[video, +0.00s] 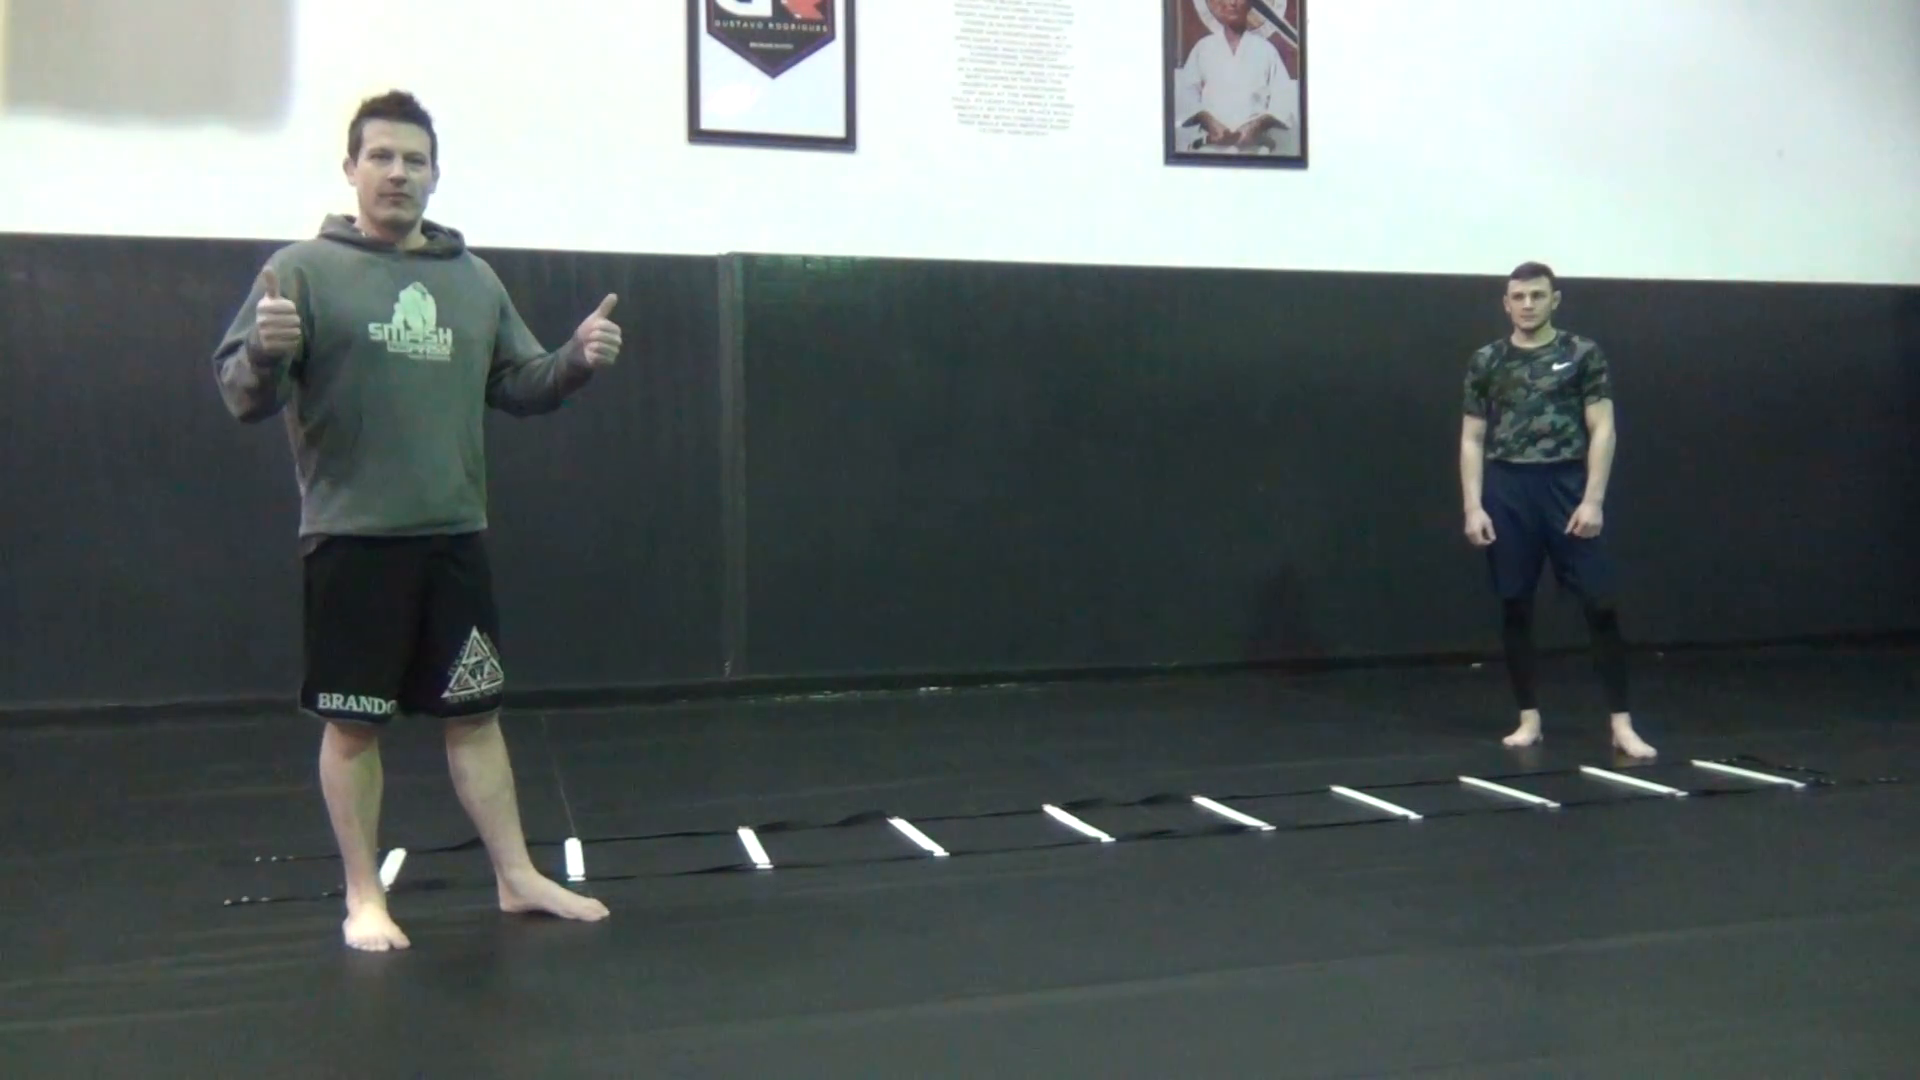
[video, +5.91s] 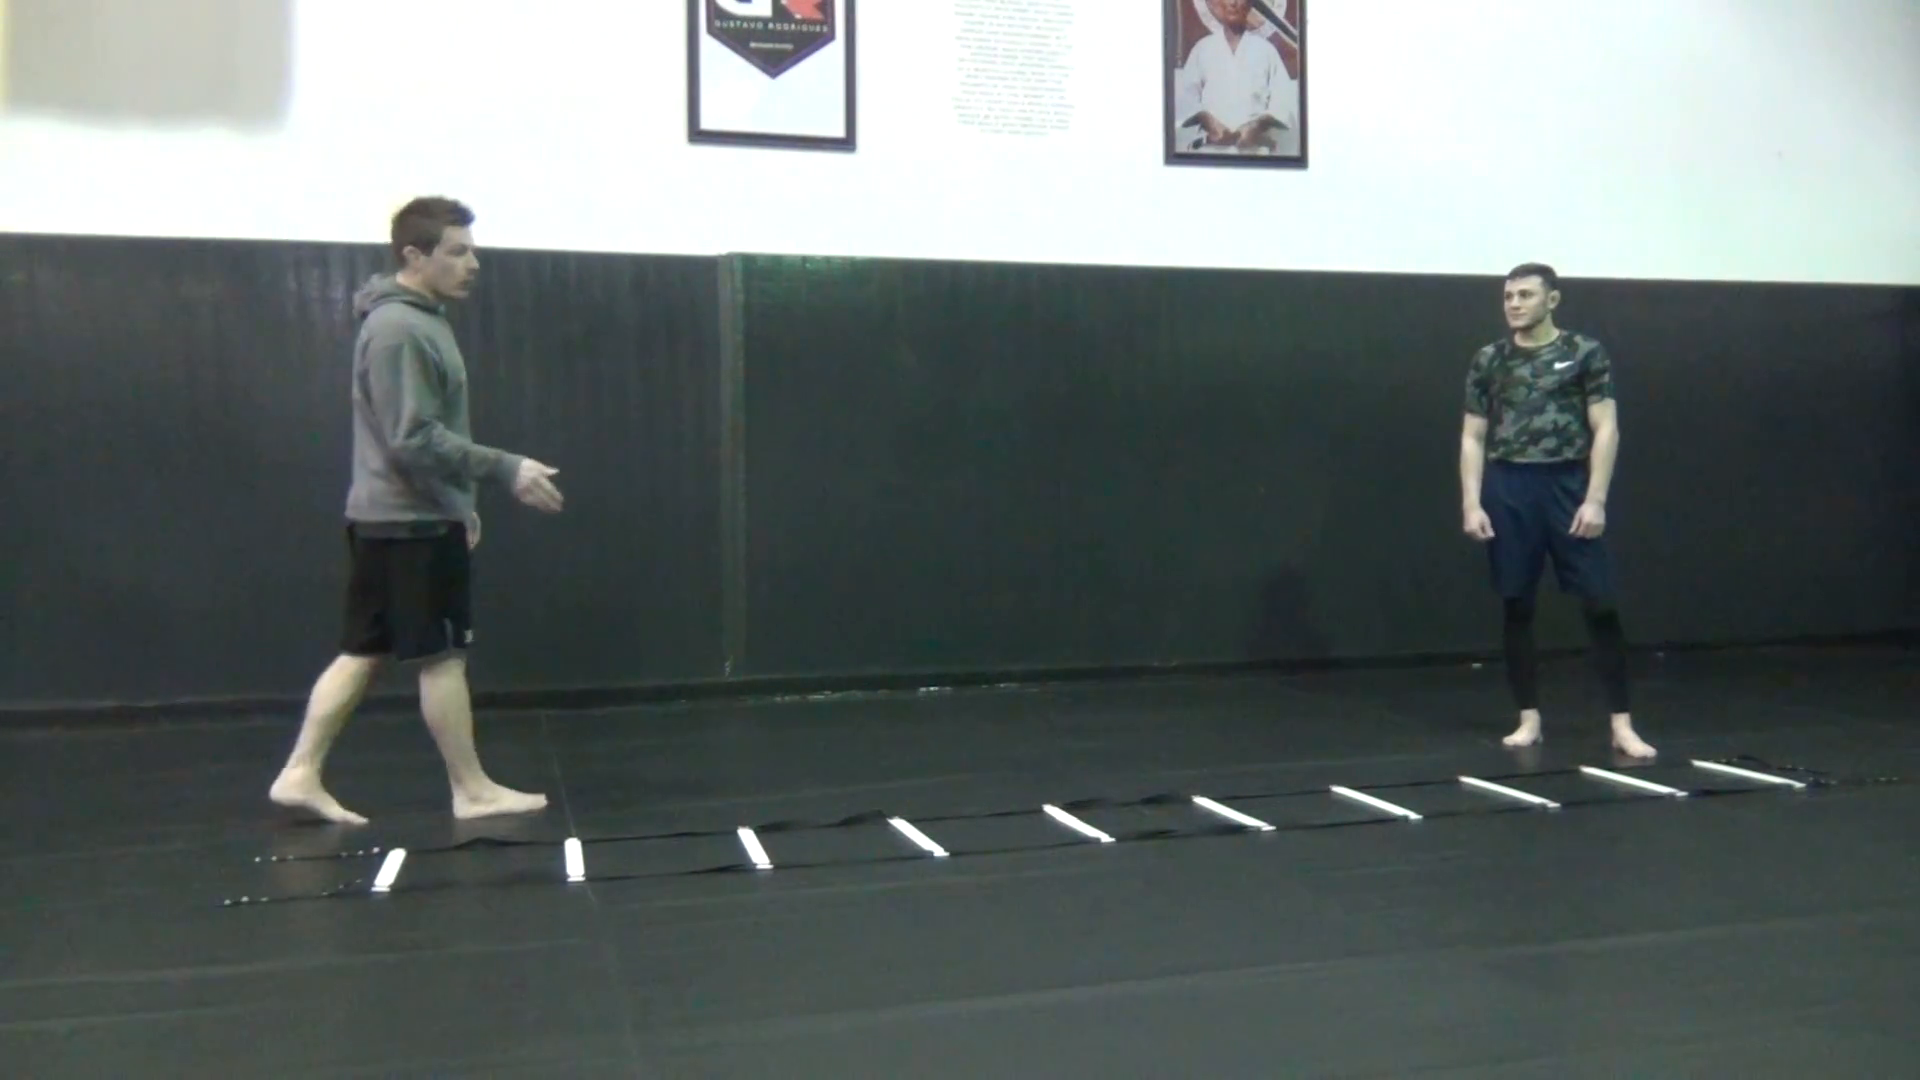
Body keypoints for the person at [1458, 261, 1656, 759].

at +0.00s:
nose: (1527, 305)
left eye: (1537, 296)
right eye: (1518, 297)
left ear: (1555, 300)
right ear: (1506, 302)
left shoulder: (1583, 354)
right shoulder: (1487, 361)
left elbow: (1602, 430)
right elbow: (1472, 438)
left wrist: (1593, 500)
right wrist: (1472, 507)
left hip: (1569, 490)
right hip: (1507, 492)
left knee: (1601, 601)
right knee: (1514, 604)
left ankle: (1620, 722)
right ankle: (1528, 717)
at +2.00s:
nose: (1523, 304)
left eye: (1533, 296)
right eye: (1515, 297)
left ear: (1554, 300)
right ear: (1505, 303)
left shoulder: (1584, 353)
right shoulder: (1487, 362)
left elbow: (1604, 428)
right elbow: (1474, 440)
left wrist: (1596, 498)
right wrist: (1475, 507)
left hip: (1570, 490)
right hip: (1509, 492)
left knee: (1602, 602)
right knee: (1515, 606)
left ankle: (1621, 723)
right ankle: (1528, 718)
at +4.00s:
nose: (1516, 304)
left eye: (1528, 295)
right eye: (1510, 297)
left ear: (1553, 299)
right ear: (1504, 303)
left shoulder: (1586, 353)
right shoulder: (1489, 361)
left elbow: (1605, 428)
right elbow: (1474, 438)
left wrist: (1595, 499)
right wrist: (1475, 506)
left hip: (1571, 491)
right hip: (1509, 492)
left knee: (1601, 604)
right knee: (1515, 605)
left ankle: (1621, 724)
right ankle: (1528, 718)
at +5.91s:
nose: (1514, 304)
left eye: (1525, 295)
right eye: (1509, 297)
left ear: (1552, 300)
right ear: (1503, 304)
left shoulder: (1586, 353)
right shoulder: (1488, 360)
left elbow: (1605, 428)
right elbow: (1473, 436)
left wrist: (1596, 499)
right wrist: (1471, 503)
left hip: (1569, 489)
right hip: (1508, 490)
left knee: (1601, 603)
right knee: (1516, 605)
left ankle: (1621, 723)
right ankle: (1528, 717)